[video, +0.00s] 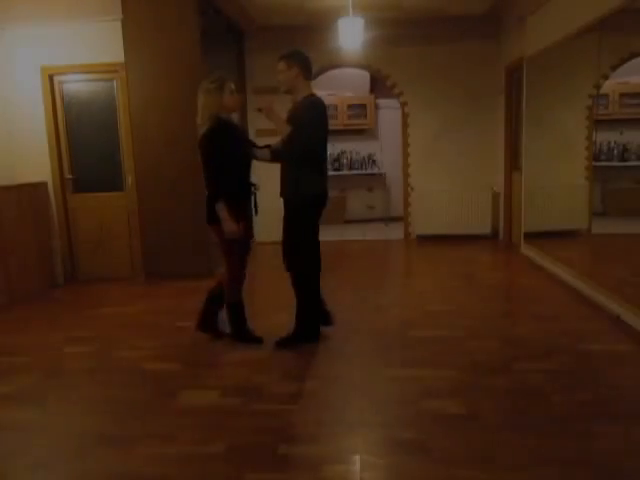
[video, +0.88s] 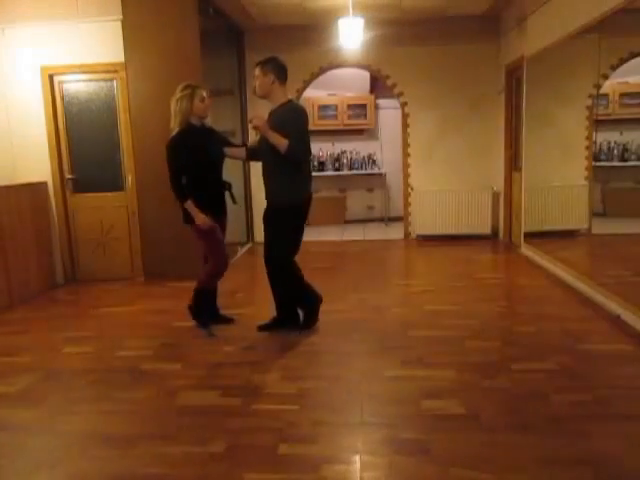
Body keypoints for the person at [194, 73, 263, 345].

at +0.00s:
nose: (237, 97)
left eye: (235, 93)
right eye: (231, 93)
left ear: (227, 98)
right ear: (217, 98)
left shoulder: (233, 130)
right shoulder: (214, 133)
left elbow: (254, 151)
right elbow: (214, 180)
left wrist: (281, 146)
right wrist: (226, 216)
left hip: (240, 204)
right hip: (225, 207)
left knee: (237, 267)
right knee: (233, 269)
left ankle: (209, 315)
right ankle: (238, 324)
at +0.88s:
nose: (207, 103)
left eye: (207, 99)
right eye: (202, 100)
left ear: (204, 104)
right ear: (187, 104)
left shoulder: (209, 134)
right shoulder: (177, 142)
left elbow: (234, 151)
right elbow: (177, 184)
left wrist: (262, 146)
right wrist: (196, 213)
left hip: (217, 199)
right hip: (197, 204)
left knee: (213, 259)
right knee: (218, 260)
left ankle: (210, 307)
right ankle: (197, 304)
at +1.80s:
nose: (170, 97)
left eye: (169, 91)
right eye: (163, 92)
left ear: (161, 97)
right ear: (146, 97)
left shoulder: (167, 131)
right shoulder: (135, 135)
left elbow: (181, 162)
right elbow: (125, 180)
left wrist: (214, 163)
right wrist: (159, 195)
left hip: (184, 212)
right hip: (161, 216)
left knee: (189, 275)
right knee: (170, 286)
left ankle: (189, 328)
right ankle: (155, 365)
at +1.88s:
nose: (161, 96)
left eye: (160, 90)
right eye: (154, 91)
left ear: (151, 94)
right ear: (137, 94)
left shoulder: (153, 127)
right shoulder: (130, 129)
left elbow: (167, 163)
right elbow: (122, 175)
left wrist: (199, 158)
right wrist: (161, 187)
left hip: (167, 215)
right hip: (150, 218)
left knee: (181, 278)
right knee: (165, 290)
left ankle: (180, 330)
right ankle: (149, 371)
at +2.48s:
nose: (125, 90)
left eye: (123, 84)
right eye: (118, 84)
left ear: (107, 89)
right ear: (98, 90)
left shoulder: (115, 128)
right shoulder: (93, 133)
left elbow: (132, 165)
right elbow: (93, 190)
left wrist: (167, 159)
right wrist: (121, 227)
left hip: (118, 225)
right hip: (108, 227)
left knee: (101, 300)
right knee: (156, 292)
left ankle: (85, 374)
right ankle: (139, 363)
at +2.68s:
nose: (124, 88)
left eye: (123, 83)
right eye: (118, 83)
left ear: (105, 87)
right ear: (98, 88)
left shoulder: (116, 125)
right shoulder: (87, 129)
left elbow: (132, 167)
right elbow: (75, 182)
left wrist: (167, 170)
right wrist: (120, 205)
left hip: (126, 221)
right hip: (108, 225)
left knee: (142, 294)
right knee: (141, 297)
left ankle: (101, 357)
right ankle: (128, 372)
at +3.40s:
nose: (116, 93)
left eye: (115, 87)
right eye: (110, 88)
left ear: (92, 93)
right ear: (92, 93)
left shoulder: (101, 130)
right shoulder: (91, 136)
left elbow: (122, 167)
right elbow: (101, 189)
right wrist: (138, 179)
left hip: (100, 235)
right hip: (104, 238)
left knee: (89, 308)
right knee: (159, 290)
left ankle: (86, 377)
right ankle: (134, 360)